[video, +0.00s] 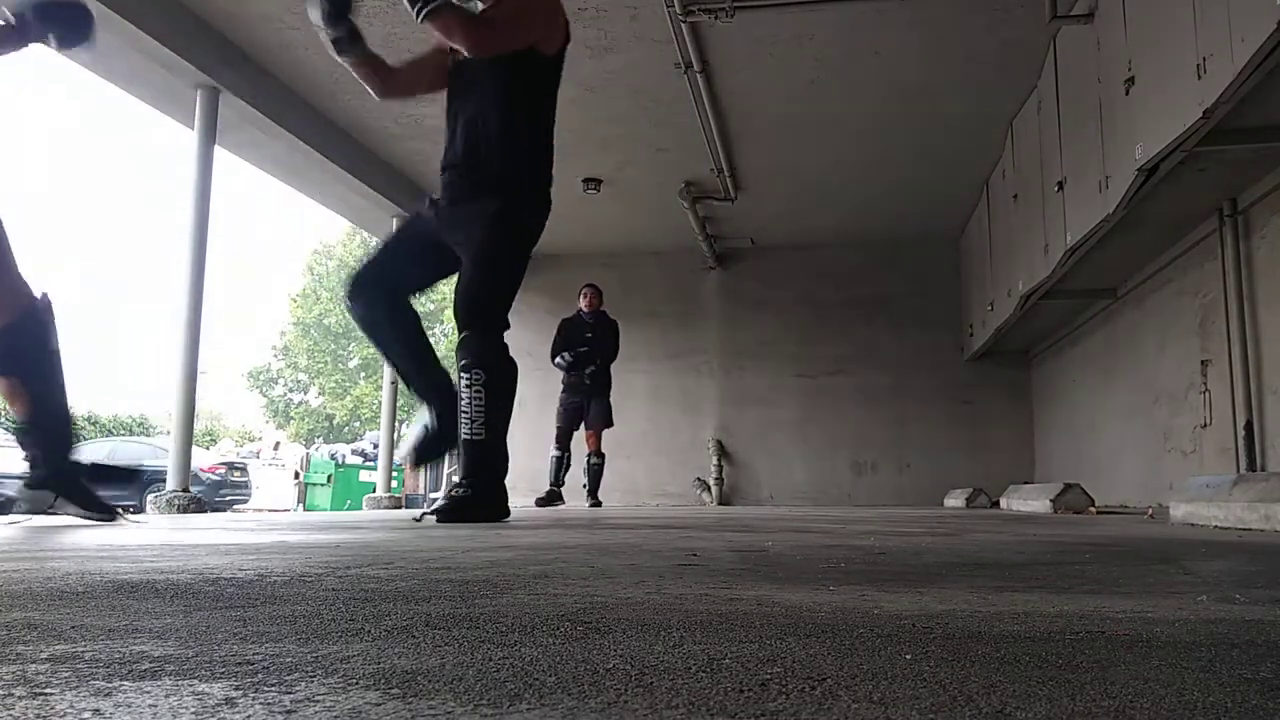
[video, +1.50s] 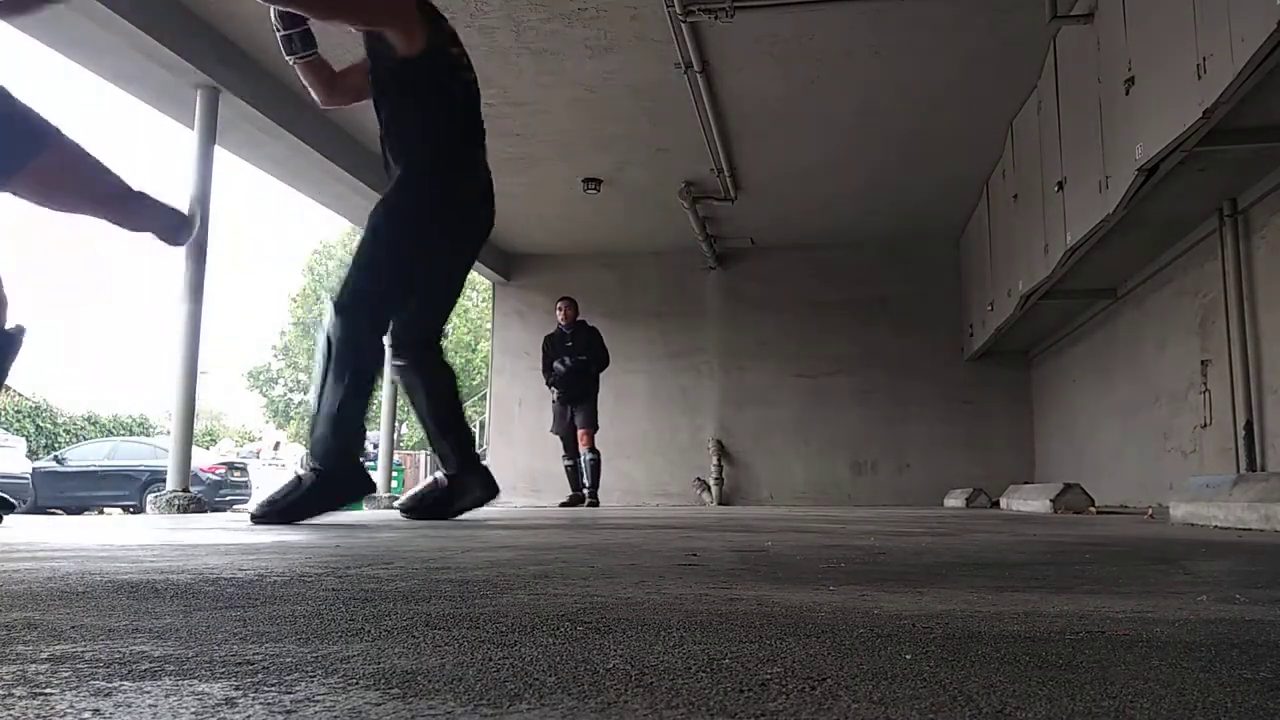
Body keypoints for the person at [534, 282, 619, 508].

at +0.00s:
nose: (589, 300)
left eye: (593, 296)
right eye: (585, 296)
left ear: (601, 301)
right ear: (579, 300)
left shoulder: (609, 325)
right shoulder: (567, 324)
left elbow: (611, 353)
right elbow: (556, 353)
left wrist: (592, 366)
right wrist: (563, 361)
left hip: (597, 390)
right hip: (571, 389)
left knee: (593, 438)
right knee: (562, 436)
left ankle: (592, 494)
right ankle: (554, 489)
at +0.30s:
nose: (587, 303)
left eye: (591, 299)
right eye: (583, 299)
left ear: (599, 303)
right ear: (577, 304)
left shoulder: (609, 327)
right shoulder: (567, 327)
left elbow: (617, 356)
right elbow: (559, 357)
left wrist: (599, 370)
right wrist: (567, 363)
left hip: (597, 393)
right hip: (572, 391)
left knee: (593, 438)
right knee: (561, 438)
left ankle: (592, 494)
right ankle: (570, 484)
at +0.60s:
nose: (573, 308)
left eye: (577, 304)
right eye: (569, 305)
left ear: (585, 308)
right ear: (564, 310)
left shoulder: (597, 330)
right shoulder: (558, 333)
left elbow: (610, 358)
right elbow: (550, 364)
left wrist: (588, 367)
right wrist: (562, 375)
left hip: (589, 393)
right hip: (565, 394)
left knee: (587, 439)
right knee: (569, 442)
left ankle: (591, 494)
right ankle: (576, 491)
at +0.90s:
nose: (563, 312)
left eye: (567, 308)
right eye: (559, 308)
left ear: (576, 310)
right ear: (555, 312)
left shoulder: (589, 332)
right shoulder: (551, 338)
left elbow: (601, 360)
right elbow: (547, 369)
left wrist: (579, 369)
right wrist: (554, 384)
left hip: (585, 395)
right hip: (562, 397)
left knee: (584, 440)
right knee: (568, 443)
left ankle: (590, 493)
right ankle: (576, 492)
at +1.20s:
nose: (562, 312)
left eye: (567, 308)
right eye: (559, 309)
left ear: (575, 311)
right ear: (555, 313)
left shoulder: (588, 333)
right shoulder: (550, 340)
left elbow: (600, 360)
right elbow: (546, 369)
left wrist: (581, 373)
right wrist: (552, 383)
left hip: (583, 395)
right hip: (560, 398)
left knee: (583, 439)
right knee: (567, 443)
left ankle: (590, 493)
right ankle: (576, 492)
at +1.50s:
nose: (563, 313)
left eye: (568, 309)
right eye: (560, 309)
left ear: (576, 312)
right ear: (555, 314)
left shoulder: (589, 333)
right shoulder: (550, 340)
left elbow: (603, 360)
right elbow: (547, 369)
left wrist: (580, 364)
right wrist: (554, 382)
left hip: (585, 396)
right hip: (562, 399)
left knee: (585, 439)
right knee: (568, 444)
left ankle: (591, 492)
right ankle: (576, 492)